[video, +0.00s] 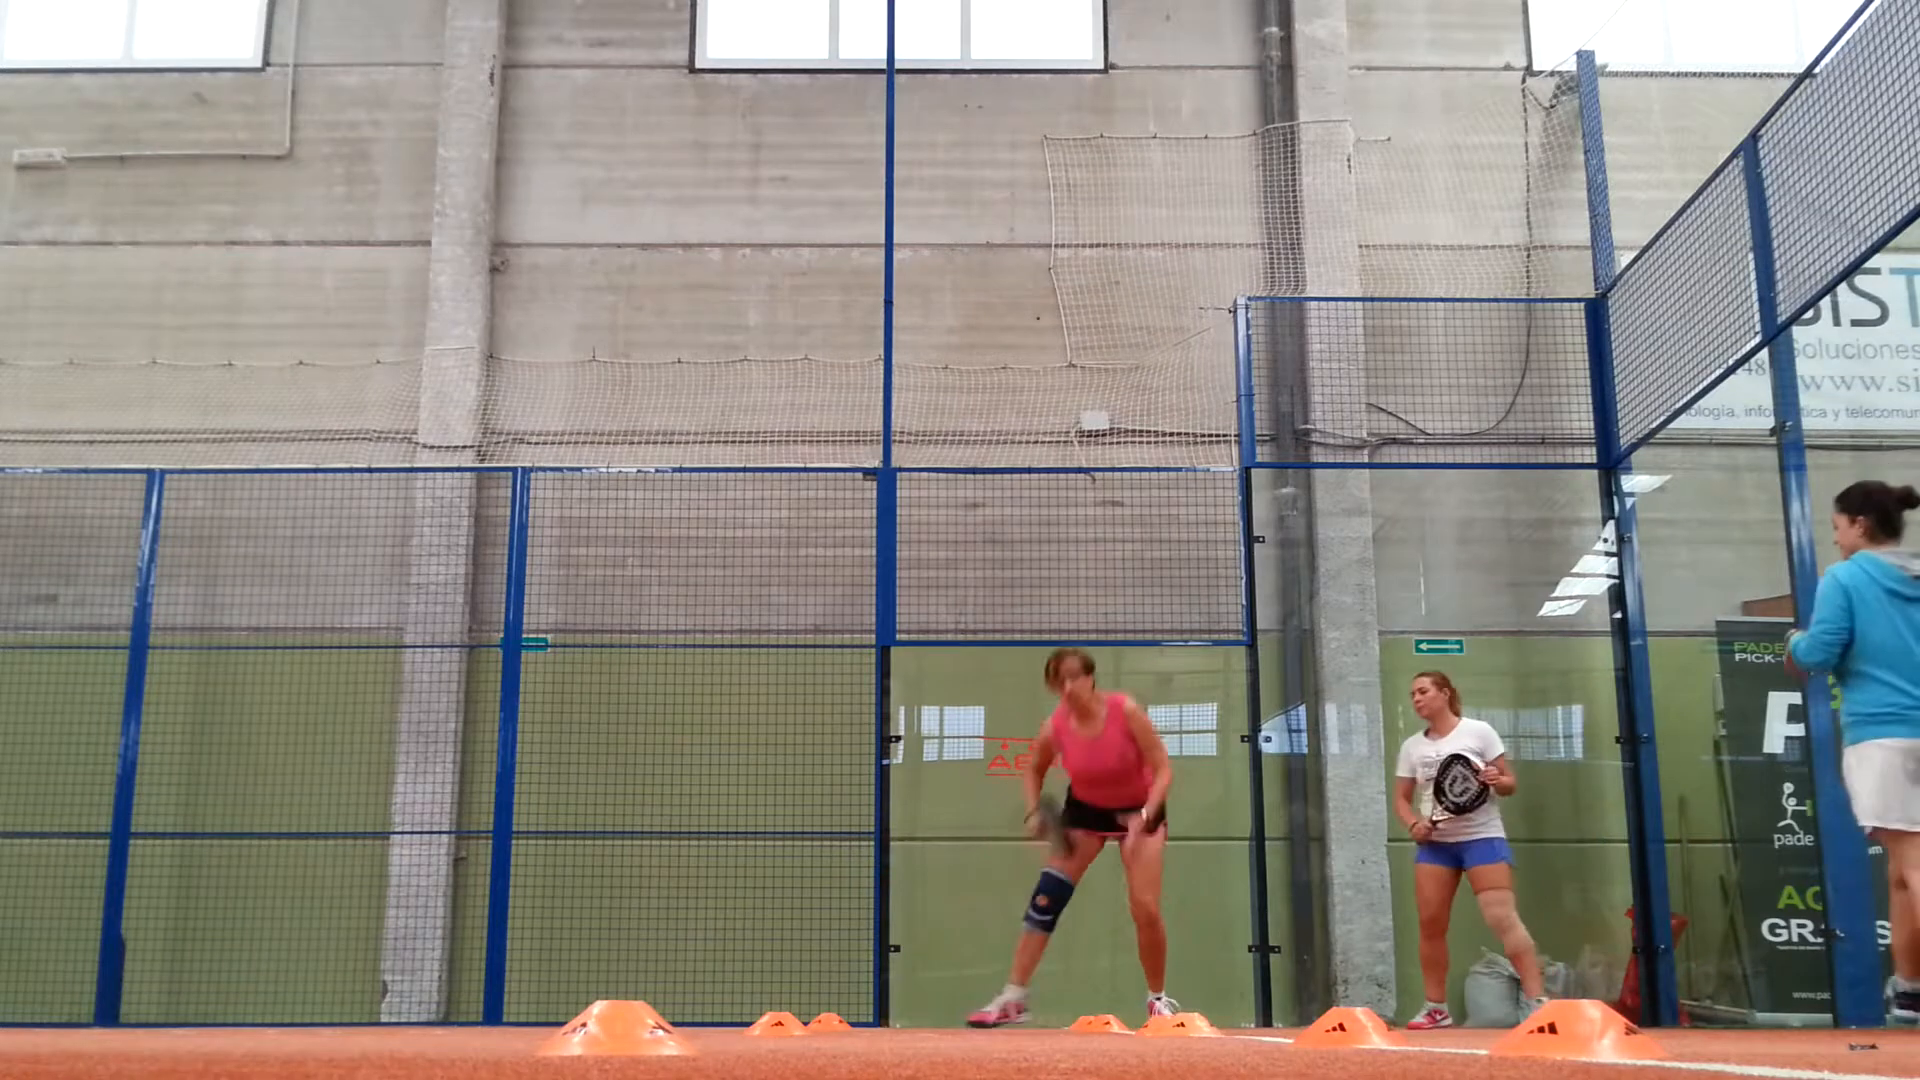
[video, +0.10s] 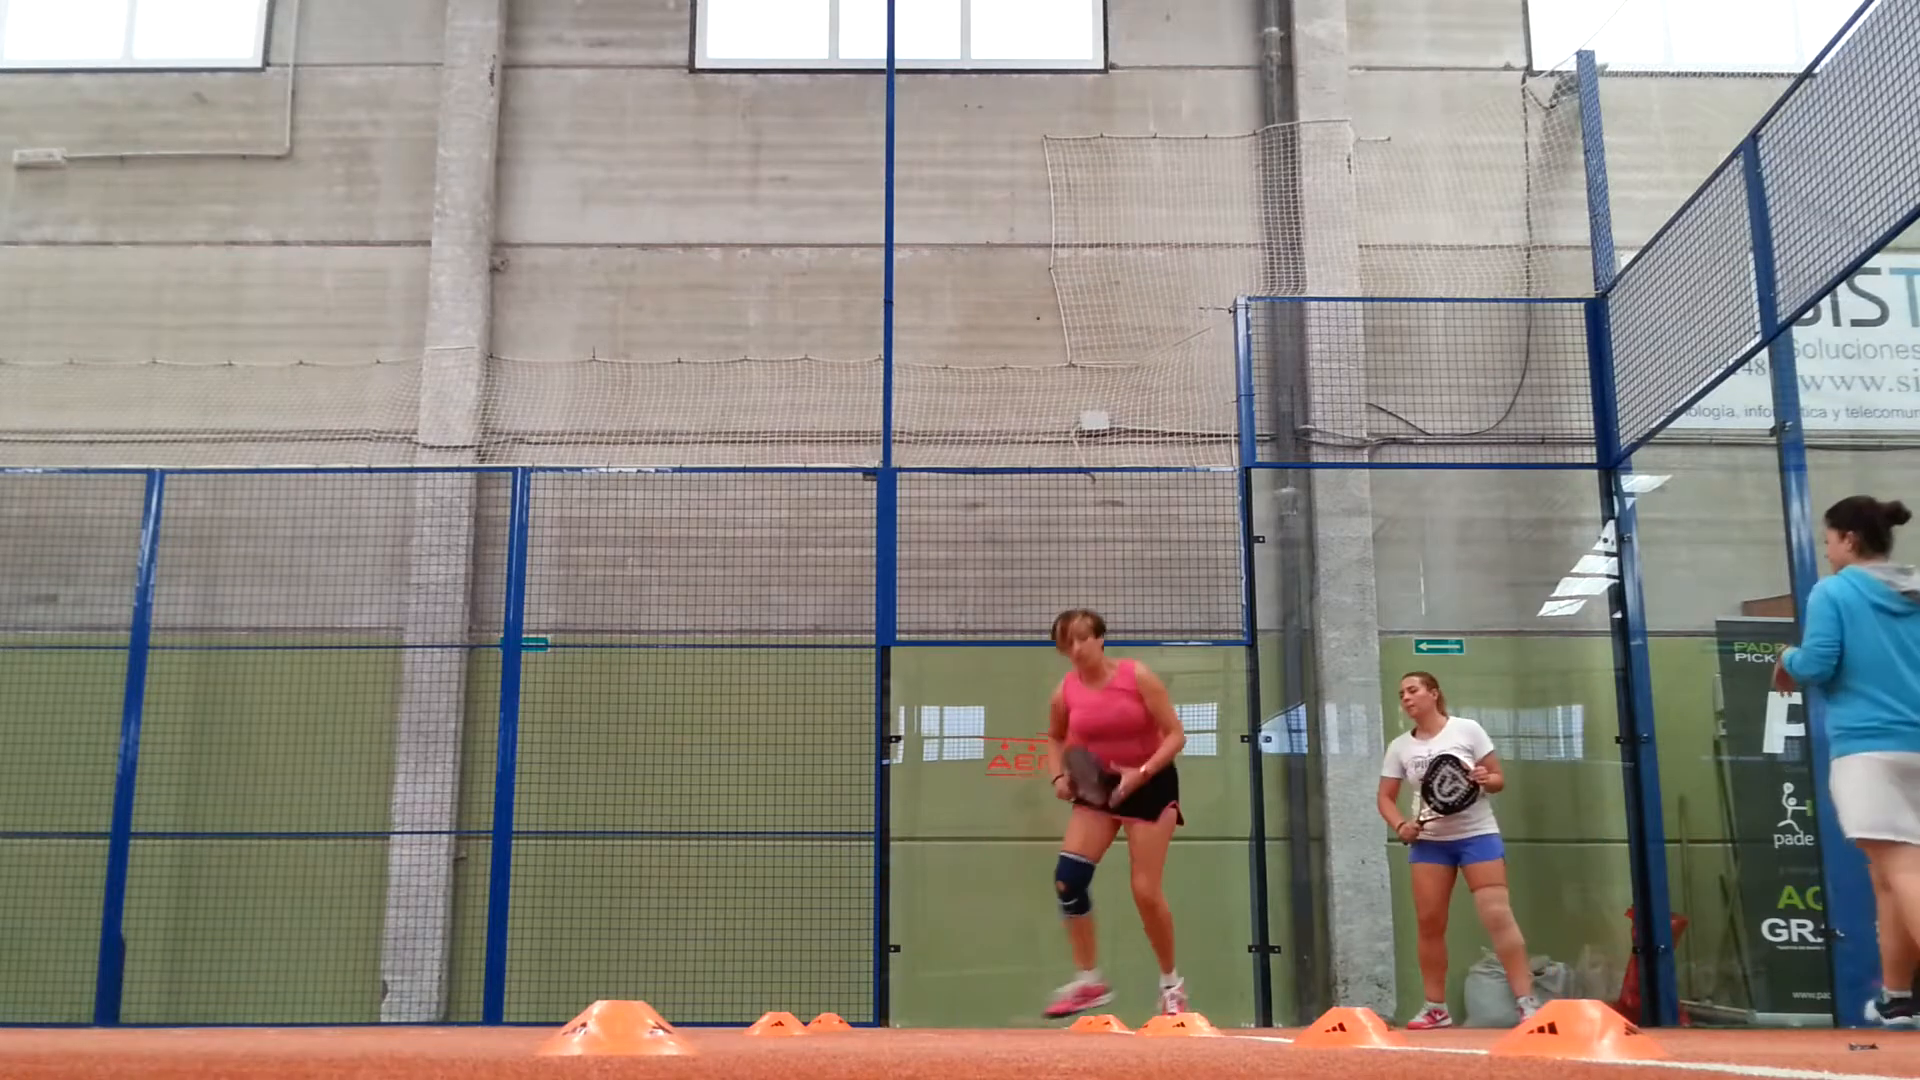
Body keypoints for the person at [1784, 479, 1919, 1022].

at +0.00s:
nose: (1835, 537)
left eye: (1837, 528)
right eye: (1834, 528)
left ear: (1859, 525)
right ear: (1883, 525)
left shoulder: (1846, 575)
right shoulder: (1911, 571)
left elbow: (1819, 656)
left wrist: (1792, 638)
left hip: (1886, 736)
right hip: (1914, 731)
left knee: (1907, 873)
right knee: (1904, 873)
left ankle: (1909, 990)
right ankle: (1907, 988)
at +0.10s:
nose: (1826, 547)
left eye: (1828, 538)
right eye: (1827, 539)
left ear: (1847, 539)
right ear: (1875, 540)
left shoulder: (1833, 591)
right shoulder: (1909, 586)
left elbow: (1817, 666)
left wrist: (1788, 659)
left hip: (1869, 746)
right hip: (1912, 742)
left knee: (1902, 871)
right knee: (1887, 875)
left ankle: (1909, 996)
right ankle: (1897, 999)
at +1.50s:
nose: (1675, 645)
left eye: (1677, 637)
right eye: (1674, 638)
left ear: (1697, 632)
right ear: (1715, 633)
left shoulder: (1692, 670)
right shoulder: (1764, 674)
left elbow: (1661, 727)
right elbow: (1785, 749)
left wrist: (1664, 682)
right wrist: (1796, 812)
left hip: (1709, 805)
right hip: (1767, 802)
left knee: (1696, 901)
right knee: (1751, 902)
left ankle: (1737, 957)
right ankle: (1752, 1009)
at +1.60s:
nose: (1670, 648)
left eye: (1671, 640)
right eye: (1668, 641)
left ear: (1691, 634)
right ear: (1709, 635)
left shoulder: (1689, 671)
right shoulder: (1756, 676)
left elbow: (1660, 729)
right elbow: (1777, 745)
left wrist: (1657, 686)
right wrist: (1775, 796)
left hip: (1704, 801)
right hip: (1760, 798)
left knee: (1686, 895)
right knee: (1746, 901)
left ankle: (1720, 976)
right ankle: (1753, 1006)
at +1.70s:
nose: (1663, 651)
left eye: (1665, 642)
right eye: (1661, 643)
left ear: (1686, 639)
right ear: (1703, 640)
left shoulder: (1684, 675)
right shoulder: (1749, 678)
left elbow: (1658, 733)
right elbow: (1764, 748)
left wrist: (1647, 697)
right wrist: (1760, 795)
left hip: (1697, 803)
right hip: (1752, 800)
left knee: (1683, 900)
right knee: (1743, 902)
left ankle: (1697, 1000)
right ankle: (1752, 1004)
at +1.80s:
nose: (1656, 657)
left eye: (1658, 648)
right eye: (1654, 649)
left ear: (1679, 644)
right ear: (1694, 645)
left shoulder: (1677, 682)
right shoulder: (1737, 682)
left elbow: (1660, 740)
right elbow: (1744, 743)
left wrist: (1638, 713)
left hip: (1691, 812)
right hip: (1744, 805)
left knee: (1683, 910)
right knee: (1738, 903)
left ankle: (1680, 1003)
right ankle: (1750, 1003)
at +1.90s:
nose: (1647, 661)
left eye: (1649, 653)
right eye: (1645, 654)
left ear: (1671, 651)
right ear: (1683, 652)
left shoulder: (1668, 688)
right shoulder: (1725, 688)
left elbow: (1662, 746)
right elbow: (1732, 749)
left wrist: (1626, 732)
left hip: (1682, 816)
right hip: (1733, 809)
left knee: (1680, 917)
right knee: (1730, 903)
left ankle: (1682, 1009)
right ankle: (1749, 998)